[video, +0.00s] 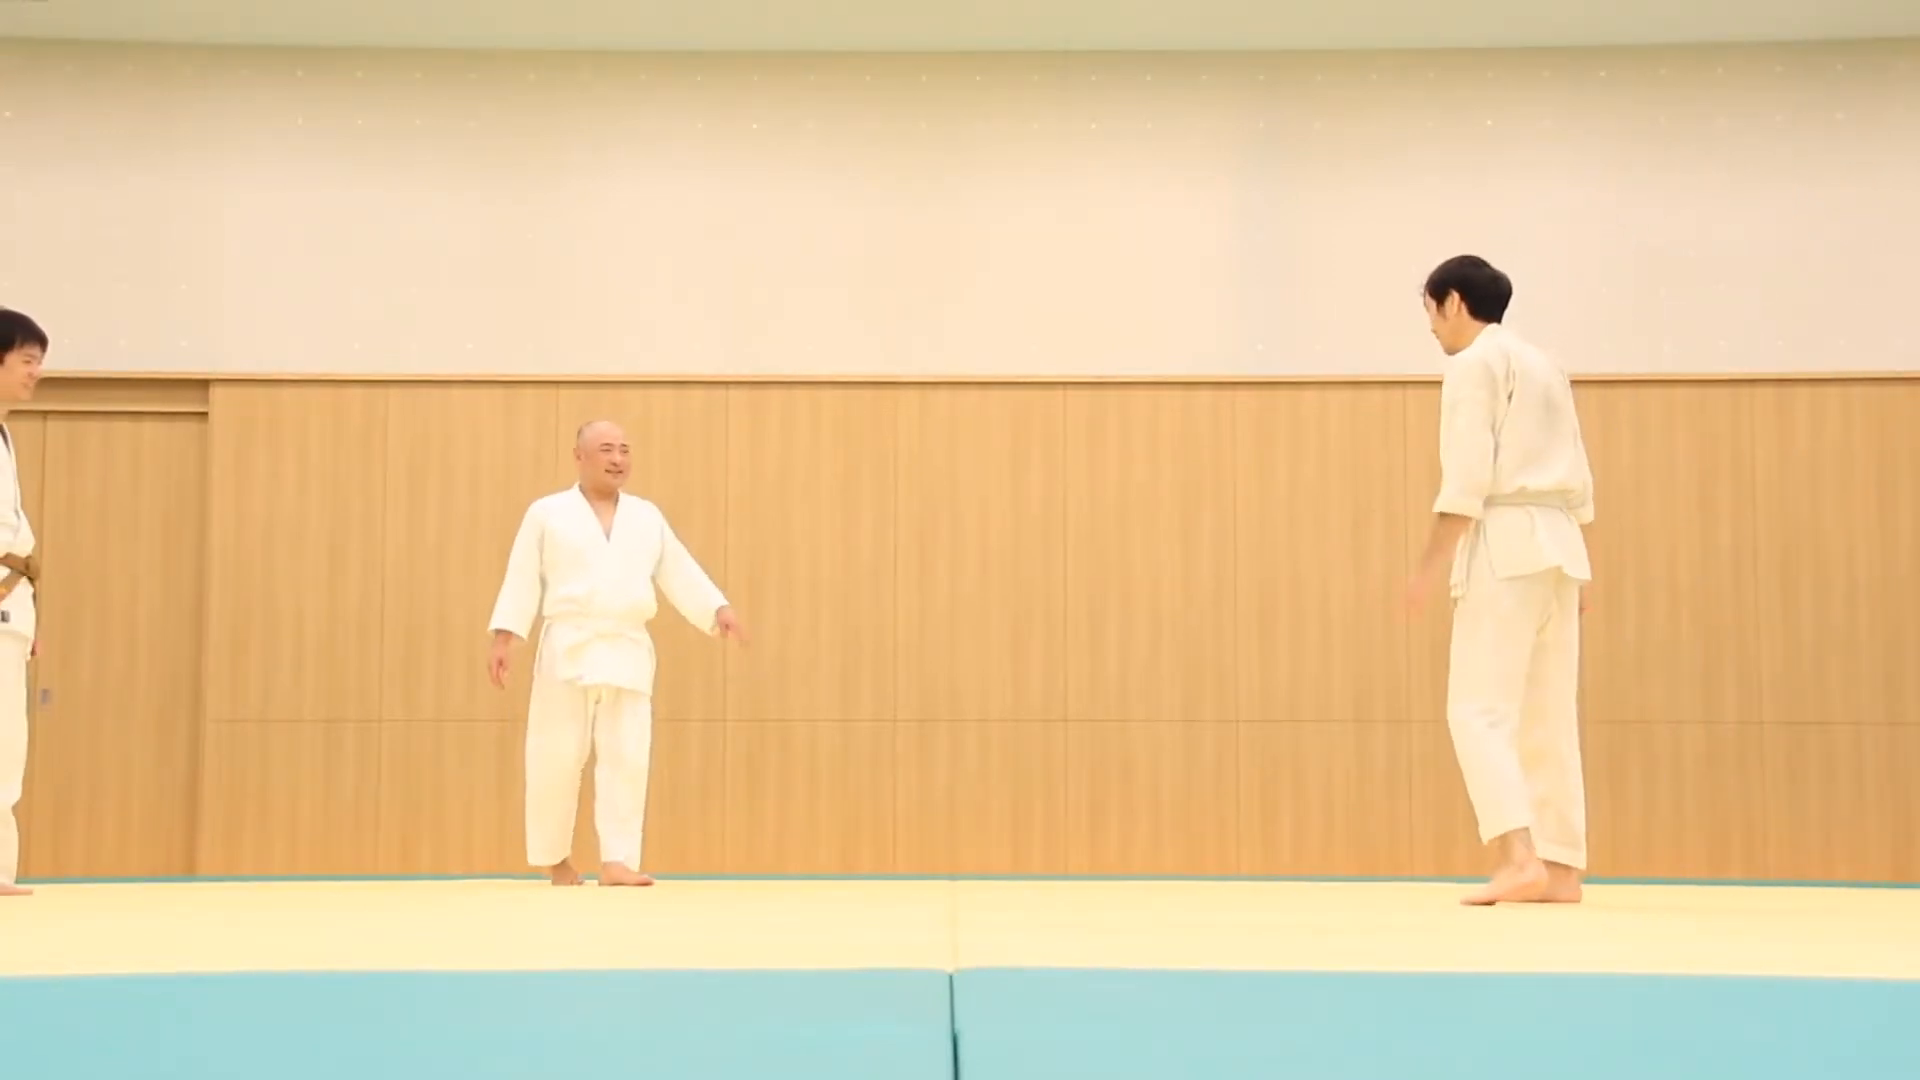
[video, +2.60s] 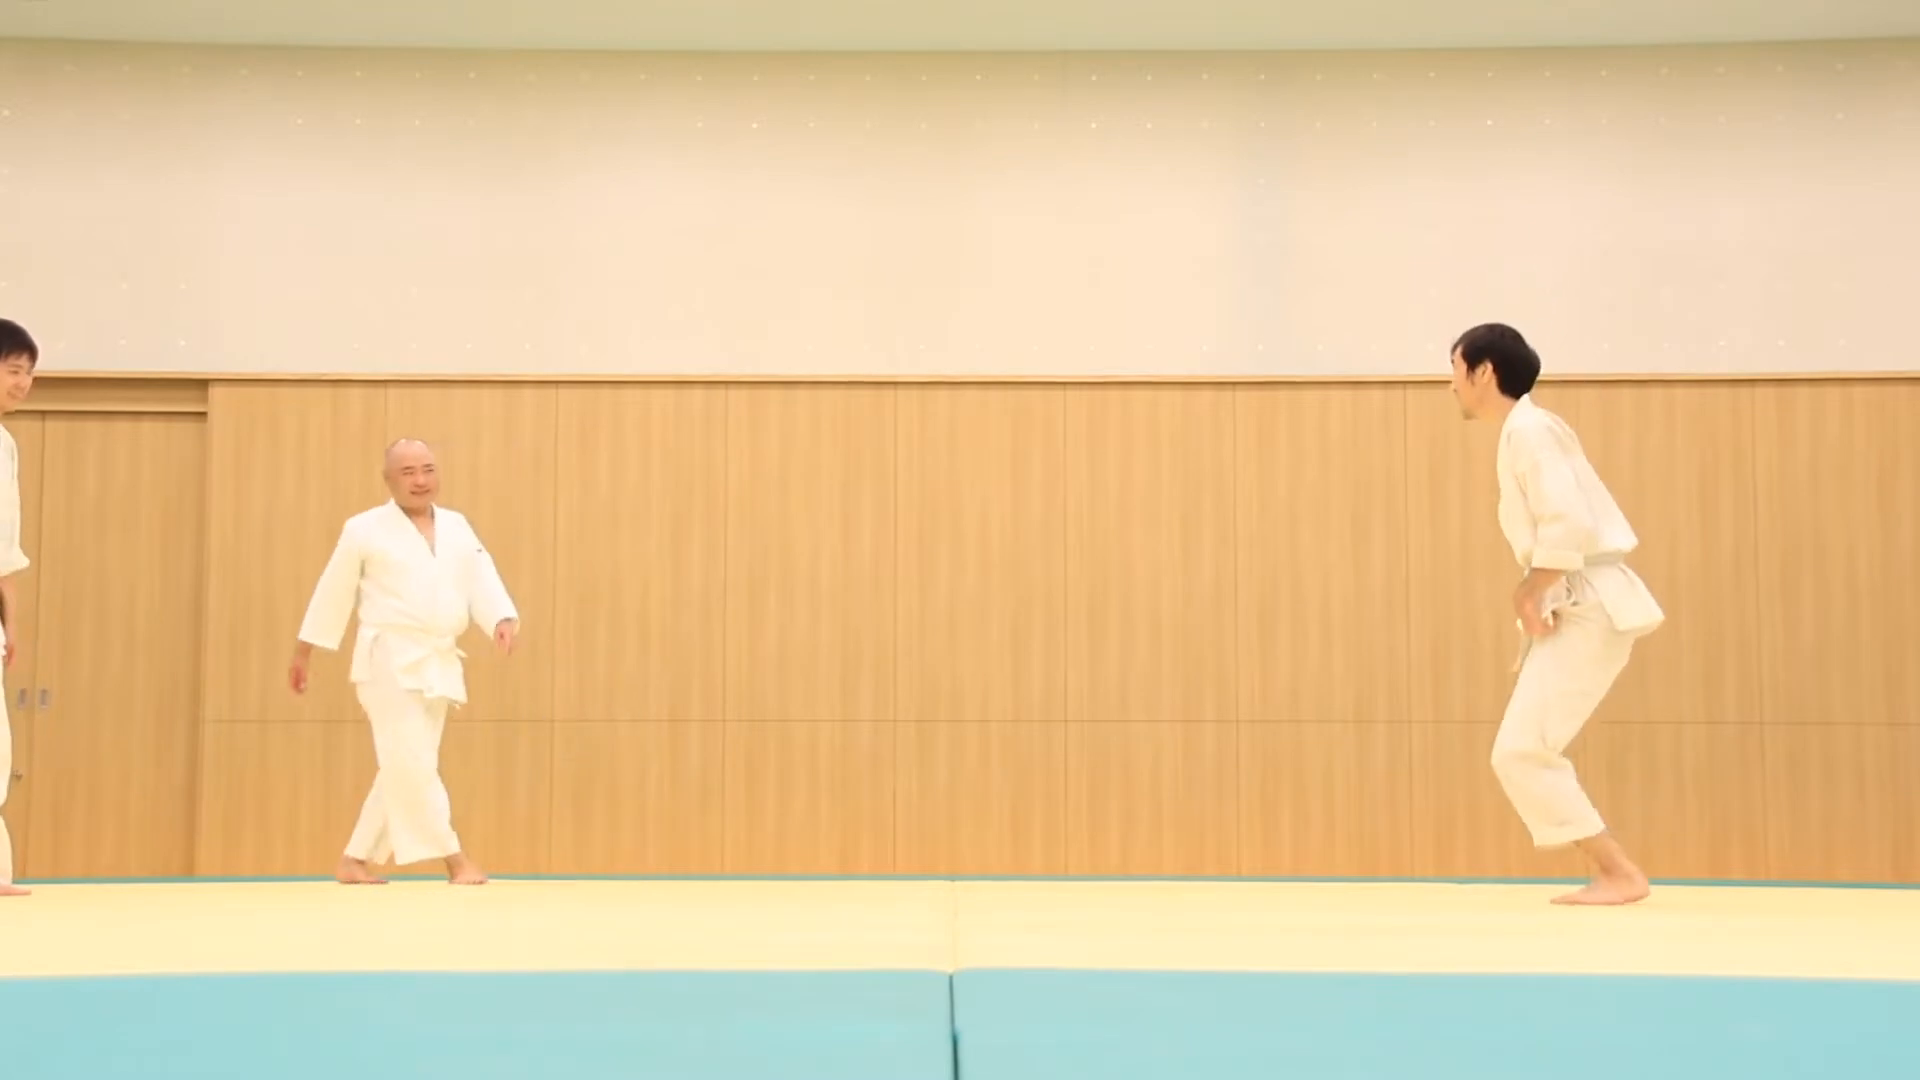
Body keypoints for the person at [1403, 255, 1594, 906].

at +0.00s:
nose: (1430, 325)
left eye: (1432, 310)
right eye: (1428, 312)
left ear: (1455, 303)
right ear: (1489, 304)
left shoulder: (1472, 363)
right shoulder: (1544, 363)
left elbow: (1467, 478)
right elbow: (1573, 475)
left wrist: (1429, 565)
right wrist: (1580, 565)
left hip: (1505, 547)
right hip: (1559, 547)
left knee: (1476, 707)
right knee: (1550, 710)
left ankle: (1517, 858)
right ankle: (1562, 872)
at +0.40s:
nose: (1424, 323)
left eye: (1426, 308)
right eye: (1422, 309)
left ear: (1455, 301)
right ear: (1475, 302)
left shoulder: (1477, 361)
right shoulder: (1520, 360)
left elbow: (1482, 471)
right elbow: (1537, 469)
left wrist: (1470, 567)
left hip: (1503, 544)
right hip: (1542, 540)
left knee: (1498, 708)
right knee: (1544, 706)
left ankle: (1519, 871)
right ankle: (1561, 871)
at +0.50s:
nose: (1420, 319)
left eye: (1423, 303)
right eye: (1418, 305)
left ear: (1456, 298)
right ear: (1466, 299)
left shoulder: (1485, 359)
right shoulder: (1508, 357)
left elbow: (1472, 470)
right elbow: (1493, 471)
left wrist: (1431, 555)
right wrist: (1449, 554)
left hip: (1504, 544)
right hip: (1535, 541)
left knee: (1502, 706)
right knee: (1536, 705)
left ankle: (1522, 872)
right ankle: (1558, 871)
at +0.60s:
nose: (1420, 318)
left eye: (1423, 303)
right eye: (1417, 305)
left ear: (1456, 298)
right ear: (1465, 298)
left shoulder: (1489, 359)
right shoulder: (1501, 358)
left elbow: (1465, 469)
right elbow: (1479, 477)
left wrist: (1388, 518)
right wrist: (1409, 525)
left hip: (1506, 548)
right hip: (1528, 546)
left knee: (1499, 708)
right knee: (1530, 707)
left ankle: (1522, 875)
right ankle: (1556, 871)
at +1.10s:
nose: (1391, 327)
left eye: (1395, 312)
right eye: (1388, 314)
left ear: (1430, 306)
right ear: (1435, 307)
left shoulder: (1473, 362)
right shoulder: (1480, 358)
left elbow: (1520, 465)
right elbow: (1531, 464)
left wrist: (1466, 535)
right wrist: (1480, 533)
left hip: (1525, 552)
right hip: (1531, 549)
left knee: (1511, 713)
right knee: (1539, 709)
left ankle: (1529, 873)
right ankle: (1558, 867)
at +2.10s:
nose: (1475, 333)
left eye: (1479, 319)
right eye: (1473, 321)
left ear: (1512, 316)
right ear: (1517, 316)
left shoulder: (1548, 372)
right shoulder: (1543, 373)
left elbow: (1583, 474)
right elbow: (1583, 474)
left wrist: (1550, 554)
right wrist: (1553, 554)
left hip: (1601, 561)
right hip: (1595, 561)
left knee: (1594, 714)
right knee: (1592, 714)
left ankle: (1631, 874)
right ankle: (1625, 872)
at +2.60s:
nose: (1452, 385)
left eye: (1456, 371)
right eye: (1453, 372)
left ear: (1486, 373)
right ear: (1493, 374)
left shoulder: (1531, 430)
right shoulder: (1524, 429)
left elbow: (1567, 523)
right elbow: (1564, 527)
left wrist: (1531, 589)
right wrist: (1536, 594)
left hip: (1594, 608)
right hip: (1579, 609)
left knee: (1520, 750)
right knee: (1520, 748)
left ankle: (1619, 873)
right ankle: (1610, 872)